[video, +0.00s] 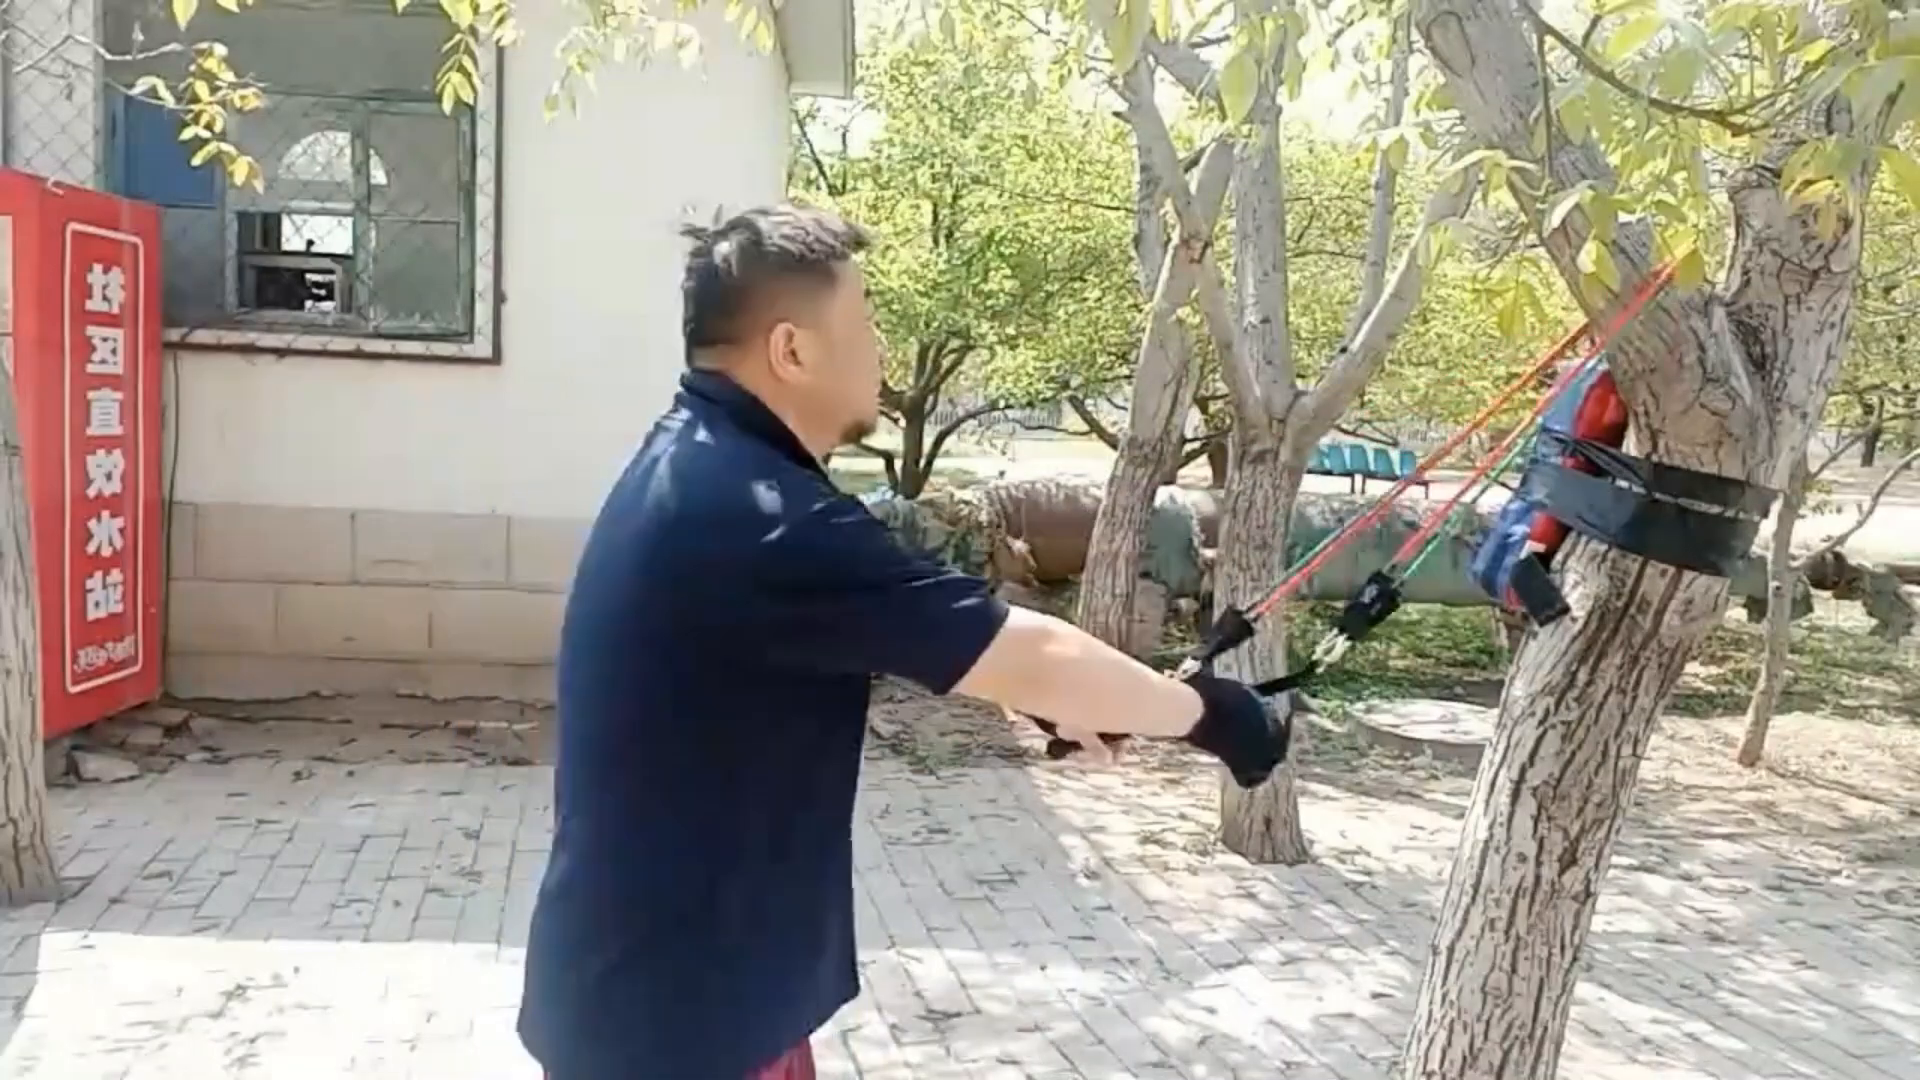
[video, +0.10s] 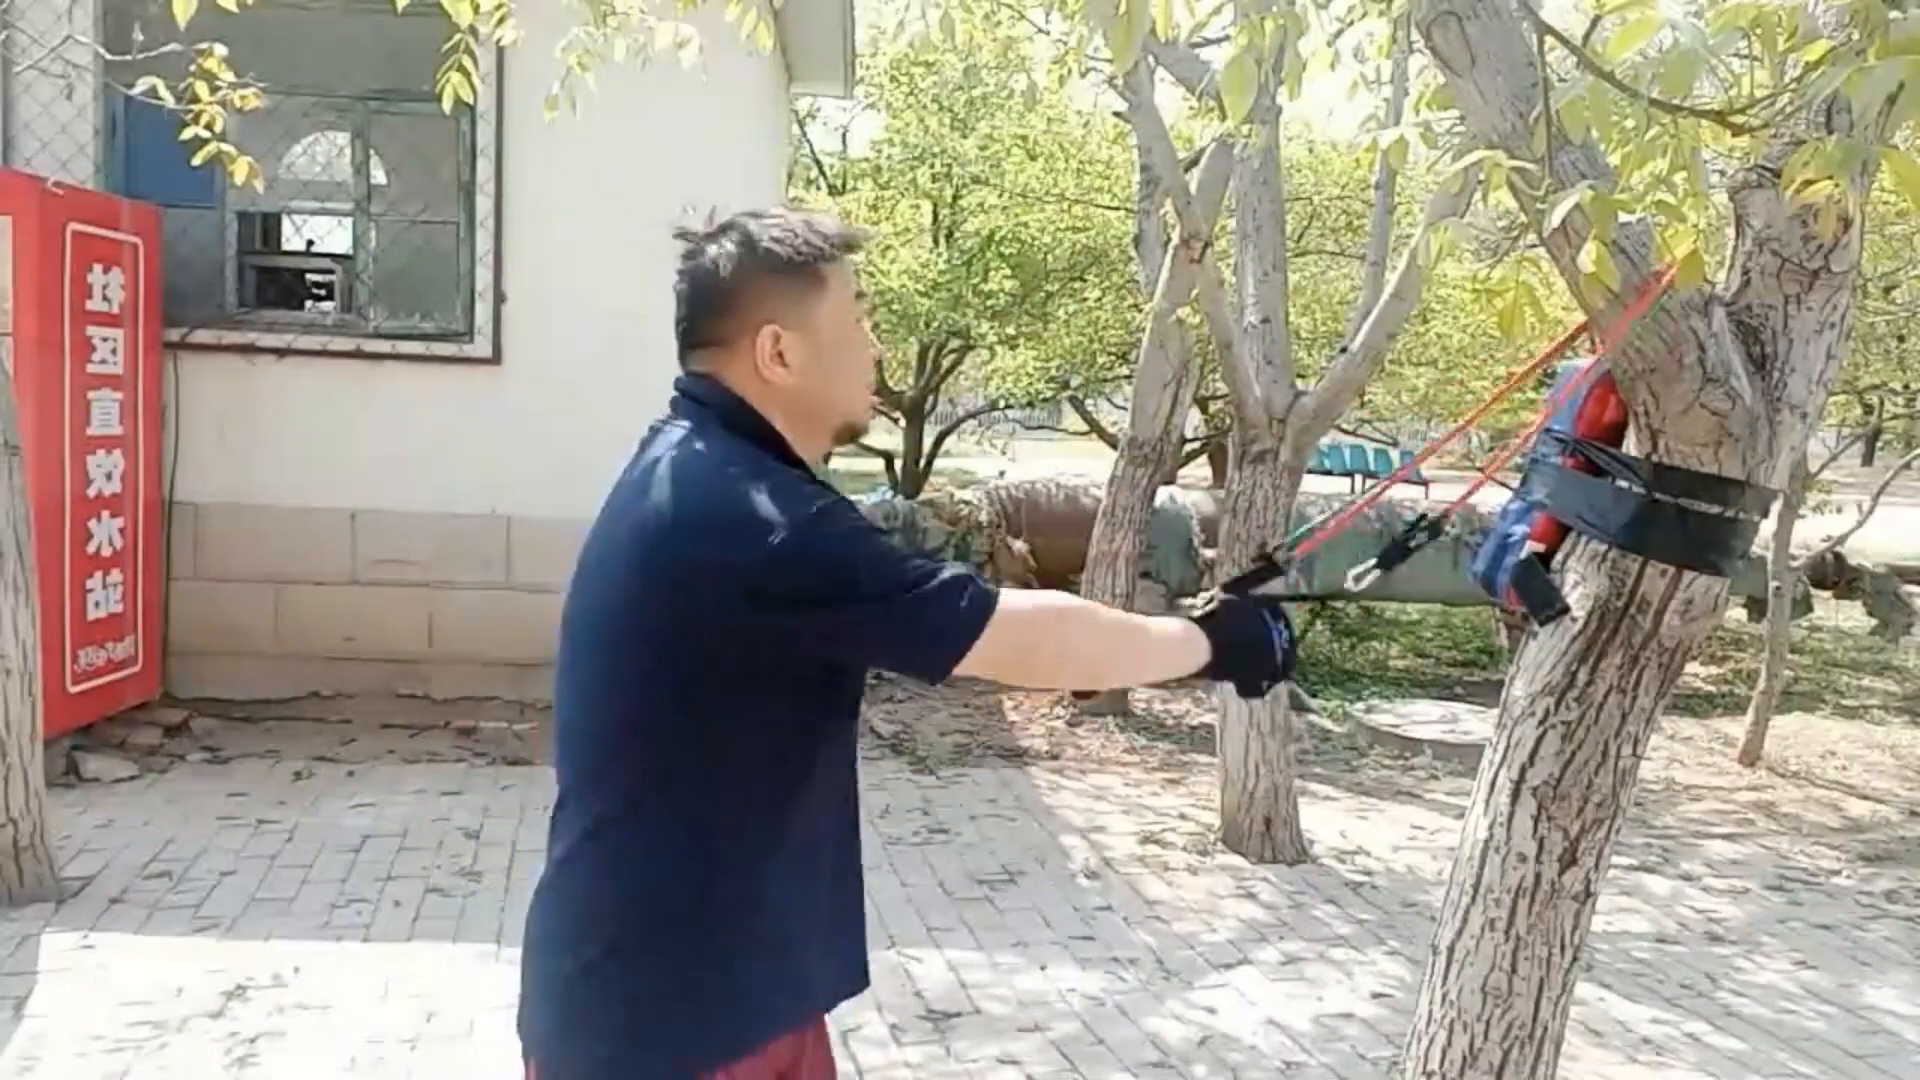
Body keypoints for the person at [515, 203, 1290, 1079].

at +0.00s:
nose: (880, 352)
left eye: (871, 323)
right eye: (863, 324)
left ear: (774, 349)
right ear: (788, 352)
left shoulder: (685, 467)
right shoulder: (772, 518)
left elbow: (916, 623)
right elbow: (1029, 658)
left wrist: (1047, 696)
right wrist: (1208, 711)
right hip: (703, 1025)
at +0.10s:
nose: (875, 350)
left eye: (864, 320)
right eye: (855, 322)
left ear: (766, 352)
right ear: (777, 354)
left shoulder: (686, 471)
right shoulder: (764, 516)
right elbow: (1007, 636)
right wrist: (1210, 643)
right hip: (699, 1025)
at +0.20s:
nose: (866, 372)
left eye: (855, 342)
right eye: (843, 344)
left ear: (748, 375)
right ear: (756, 374)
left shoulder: (698, 493)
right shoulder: (713, 527)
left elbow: (947, 602)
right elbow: (977, 609)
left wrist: (1150, 571)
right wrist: (1183, 567)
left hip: (775, 998)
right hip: (687, 1030)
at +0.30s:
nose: (867, 383)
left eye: (856, 352)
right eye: (840, 355)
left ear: (738, 391)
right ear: (742, 388)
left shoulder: (719, 503)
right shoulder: (684, 533)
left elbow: (938, 583)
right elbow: (952, 589)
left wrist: (1146, 546)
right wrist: (1159, 543)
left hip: (782, 990)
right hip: (660, 1031)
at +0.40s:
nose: (886, 404)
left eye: (877, 375)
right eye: (858, 376)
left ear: (757, 410)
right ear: (753, 405)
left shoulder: (786, 521)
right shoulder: (692, 537)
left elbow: (953, 601)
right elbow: (956, 606)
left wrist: (1152, 566)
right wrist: (1156, 567)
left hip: (779, 993)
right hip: (632, 1024)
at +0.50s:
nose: (914, 442)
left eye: (912, 416)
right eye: (888, 420)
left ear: (796, 449)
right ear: (784, 448)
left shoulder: (854, 565)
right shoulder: (723, 571)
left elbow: (983, 660)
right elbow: (987, 675)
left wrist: (1162, 646)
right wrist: (1174, 646)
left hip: (789, 991)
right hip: (623, 1025)